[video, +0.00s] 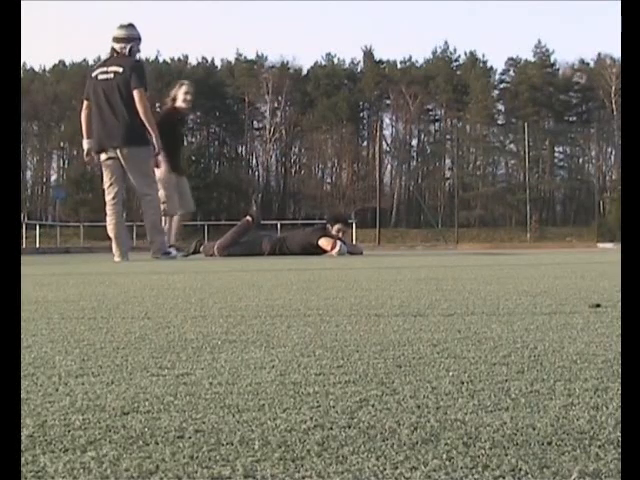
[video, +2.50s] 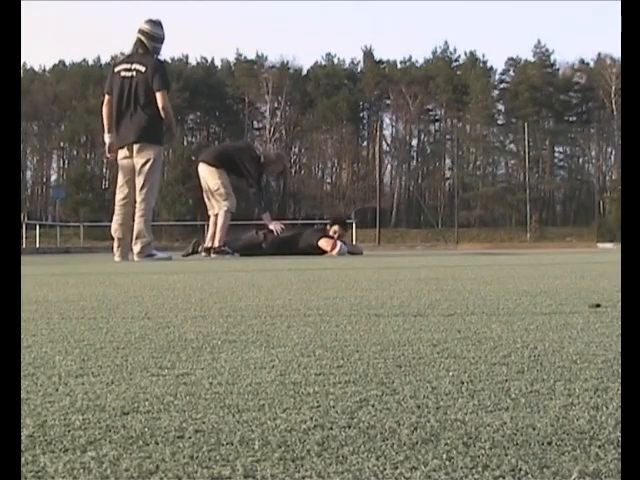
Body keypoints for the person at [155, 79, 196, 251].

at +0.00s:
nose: (188, 97)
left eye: (190, 94)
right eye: (185, 93)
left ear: (192, 97)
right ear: (175, 95)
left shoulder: (181, 118)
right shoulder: (167, 116)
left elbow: (175, 144)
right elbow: (161, 141)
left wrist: (179, 165)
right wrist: (165, 162)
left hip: (177, 167)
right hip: (164, 166)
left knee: (183, 209)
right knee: (168, 209)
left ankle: (172, 243)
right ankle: (164, 245)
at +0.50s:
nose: (221, 108)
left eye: (224, 105)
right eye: (220, 103)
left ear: (222, 105)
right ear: (210, 100)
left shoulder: (207, 119)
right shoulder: (196, 114)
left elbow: (200, 148)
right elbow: (183, 141)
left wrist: (214, 164)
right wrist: (196, 165)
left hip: (198, 167)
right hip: (183, 165)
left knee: (201, 211)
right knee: (186, 208)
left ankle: (201, 245)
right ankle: (184, 246)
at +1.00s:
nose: (228, 112)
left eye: (231, 109)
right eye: (228, 107)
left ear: (225, 106)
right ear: (219, 102)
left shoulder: (211, 119)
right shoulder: (201, 113)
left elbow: (202, 149)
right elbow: (188, 139)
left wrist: (210, 166)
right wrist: (198, 165)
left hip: (198, 167)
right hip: (185, 165)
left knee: (199, 208)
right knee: (184, 206)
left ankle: (200, 245)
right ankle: (184, 245)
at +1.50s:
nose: (236, 124)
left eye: (239, 121)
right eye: (237, 119)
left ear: (233, 116)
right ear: (230, 113)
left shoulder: (220, 127)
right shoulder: (213, 124)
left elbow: (210, 157)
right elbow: (211, 156)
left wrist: (210, 175)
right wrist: (231, 180)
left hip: (200, 170)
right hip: (187, 167)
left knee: (208, 208)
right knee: (187, 208)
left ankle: (206, 245)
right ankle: (184, 246)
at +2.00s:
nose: (259, 148)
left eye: (262, 146)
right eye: (258, 143)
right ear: (250, 137)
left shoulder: (242, 149)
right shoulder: (237, 146)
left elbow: (246, 178)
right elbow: (242, 181)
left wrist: (257, 203)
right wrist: (257, 205)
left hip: (207, 166)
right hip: (198, 164)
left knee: (215, 208)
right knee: (208, 204)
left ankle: (208, 246)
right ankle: (192, 238)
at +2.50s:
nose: (274, 173)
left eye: (277, 172)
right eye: (277, 170)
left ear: (270, 158)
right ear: (273, 161)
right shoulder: (253, 161)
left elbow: (256, 193)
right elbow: (257, 193)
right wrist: (269, 222)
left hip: (204, 164)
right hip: (214, 166)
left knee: (215, 210)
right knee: (226, 205)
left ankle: (208, 245)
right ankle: (218, 246)